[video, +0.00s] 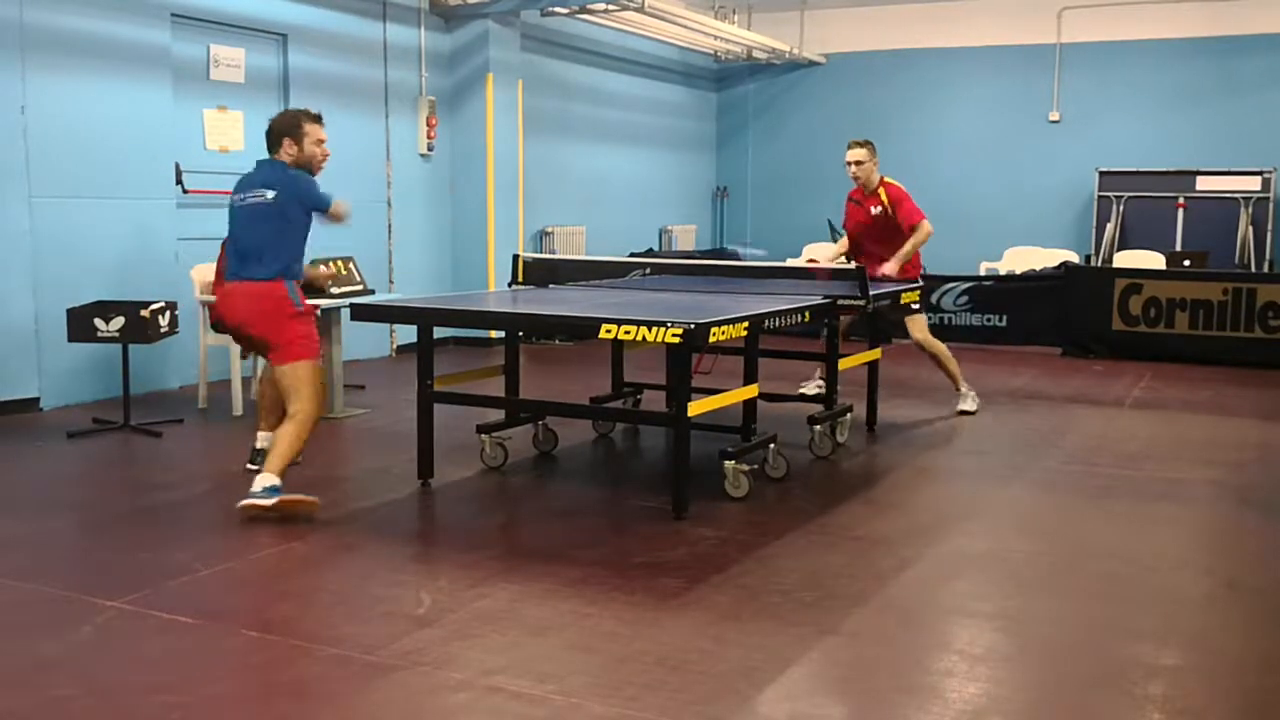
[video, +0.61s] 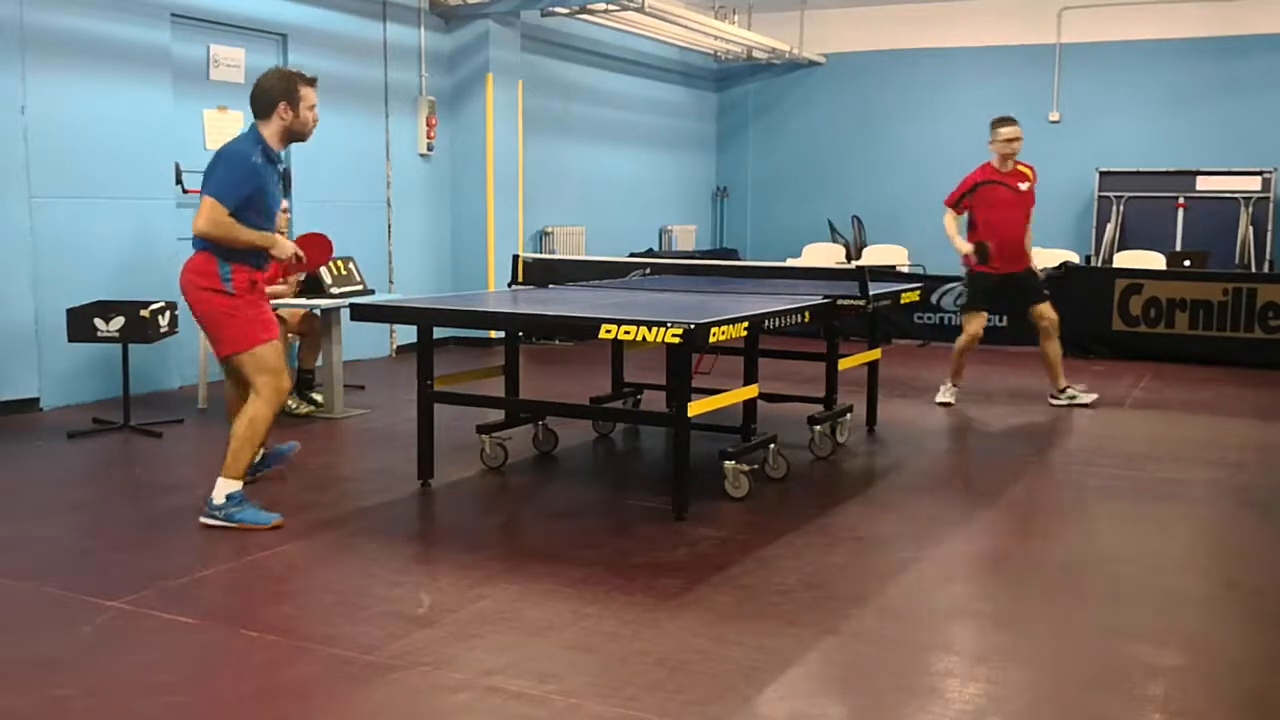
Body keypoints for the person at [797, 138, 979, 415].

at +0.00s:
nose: (852, 170)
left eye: (858, 164)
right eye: (849, 165)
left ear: (874, 164)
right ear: (846, 167)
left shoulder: (892, 192)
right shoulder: (853, 198)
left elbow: (924, 229)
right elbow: (851, 237)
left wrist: (896, 261)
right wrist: (828, 258)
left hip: (902, 281)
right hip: (866, 281)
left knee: (921, 337)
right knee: (836, 325)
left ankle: (964, 390)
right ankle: (824, 380)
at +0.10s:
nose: (868, 178)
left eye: (874, 171)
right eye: (864, 173)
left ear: (888, 170)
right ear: (862, 175)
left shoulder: (911, 196)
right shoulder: (867, 204)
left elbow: (941, 229)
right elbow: (860, 246)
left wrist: (935, 271)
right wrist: (874, 255)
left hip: (917, 282)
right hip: (881, 284)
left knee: (931, 335)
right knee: (843, 327)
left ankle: (962, 390)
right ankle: (822, 380)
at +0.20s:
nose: (897, 161)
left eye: (902, 155)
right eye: (891, 157)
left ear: (915, 154)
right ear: (888, 160)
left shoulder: (942, 178)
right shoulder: (891, 193)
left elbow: (965, 213)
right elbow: (892, 234)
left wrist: (976, 253)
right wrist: (903, 256)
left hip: (945, 270)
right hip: (908, 273)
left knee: (953, 328)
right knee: (875, 325)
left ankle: (968, 391)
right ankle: (835, 375)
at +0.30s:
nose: (923, 143)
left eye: (928, 137)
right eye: (918, 138)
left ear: (941, 136)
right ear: (913, 141)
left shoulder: (964, 163)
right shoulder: (910, 178)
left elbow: (983, 201)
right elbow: (907, 223)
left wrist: (996, 237)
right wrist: (912, 260)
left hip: (964, 255)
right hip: (928, 259)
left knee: (971, 319)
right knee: (904, 323)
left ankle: (975, 387)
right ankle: (898, 378)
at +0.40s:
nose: (950, 139)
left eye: (956, 133)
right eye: (945, 134)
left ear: (966, 134)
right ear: (938, 136)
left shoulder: (985, 164)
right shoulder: (929, 173)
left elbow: (997, 204)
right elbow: (918, 218)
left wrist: (1004, 240)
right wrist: (918, 260)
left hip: (980, 253)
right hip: (942, 257)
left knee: (994, 317)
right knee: (940, 323)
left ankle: (1004, 384)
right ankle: (944, 381)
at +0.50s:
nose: (980, 145)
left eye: (985, 140)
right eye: (975, 140)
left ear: (992, 142)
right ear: (965, 142)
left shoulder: (1005, 173)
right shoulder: (951, 178)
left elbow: (1010, 217)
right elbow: (929, 216)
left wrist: (1012, 255)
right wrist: (934, 250)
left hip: (999, 262)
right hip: (961, 264)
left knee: (1025, 322)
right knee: (958, 331)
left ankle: (1042, 387)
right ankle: (950, 383)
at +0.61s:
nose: (1013, 146)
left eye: (1017, 140)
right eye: (1006, 141)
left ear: (1022, 141)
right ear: (992, 144)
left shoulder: (1028, 175)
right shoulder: (978, 178)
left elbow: (1027, 221)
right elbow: (950, 213)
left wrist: (1027, 258)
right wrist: (958, 242)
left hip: (1019, 270)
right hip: (984, 271)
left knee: (1049, 320)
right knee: (973, 333)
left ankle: (1060, 389)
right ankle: (951, 384)